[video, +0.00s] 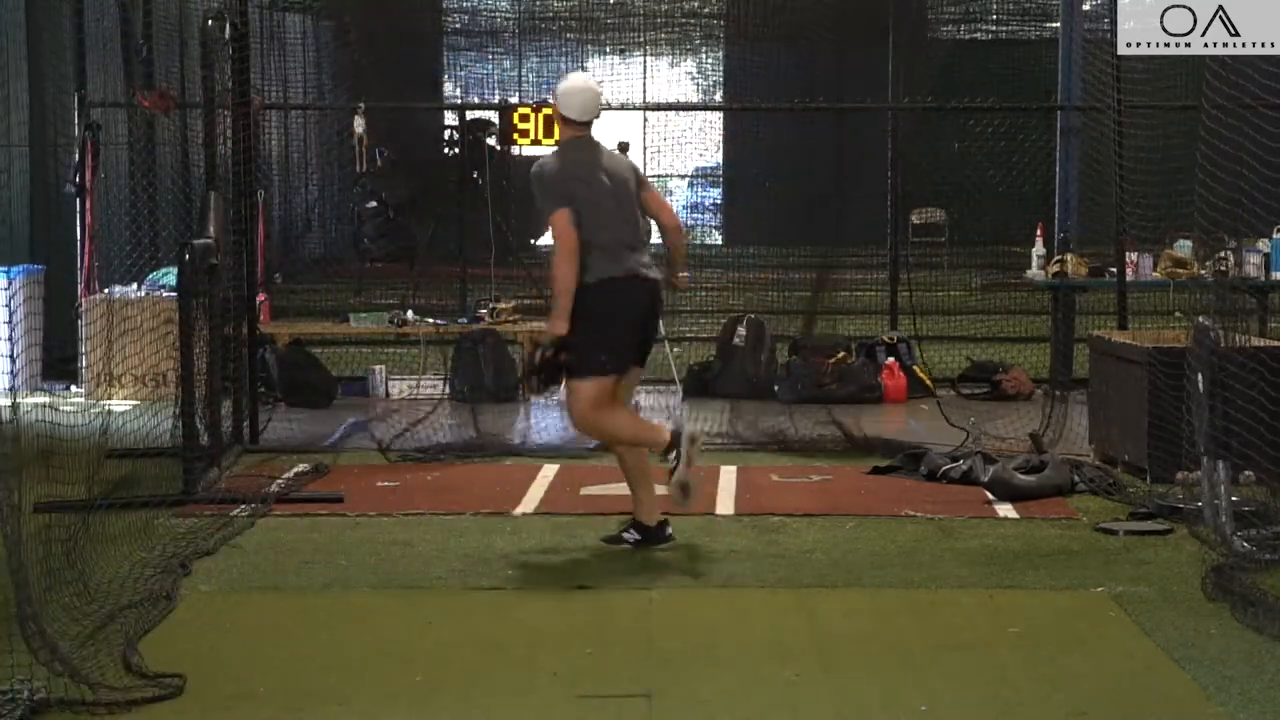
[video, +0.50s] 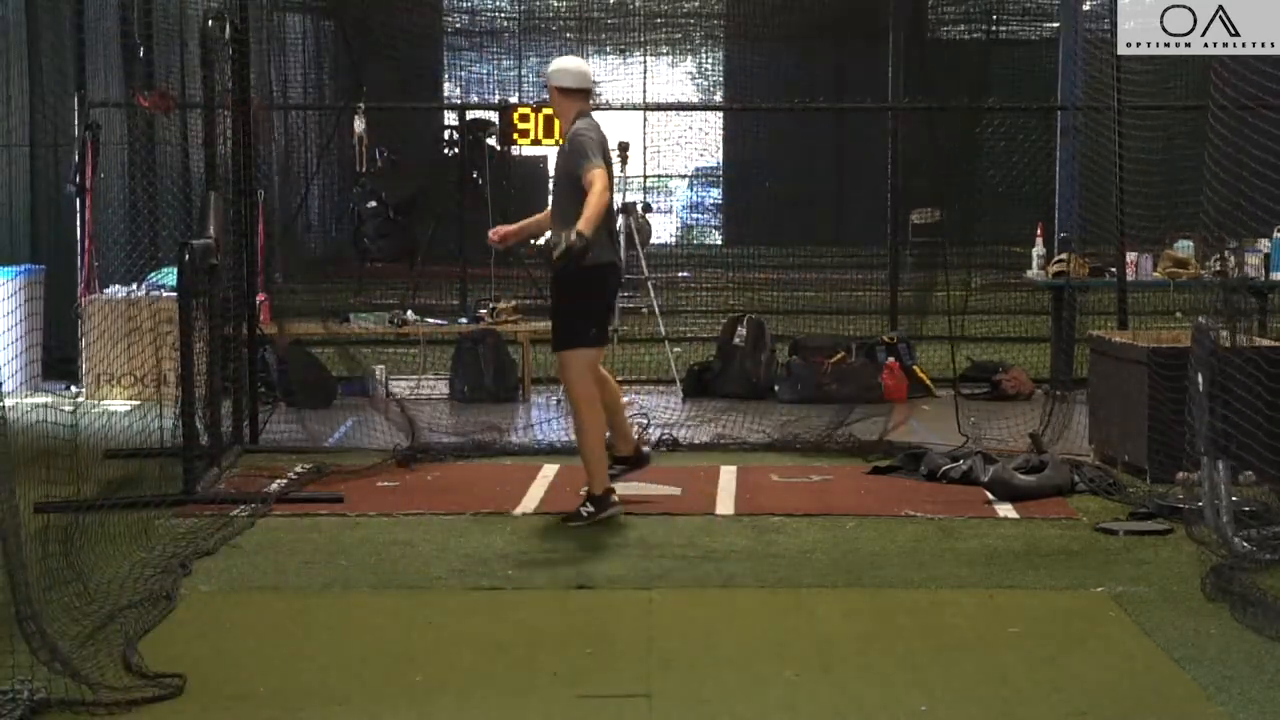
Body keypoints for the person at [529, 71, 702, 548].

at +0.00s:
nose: (556, 118)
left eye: (555, 111)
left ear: (556, 114)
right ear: (596, 116)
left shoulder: (549, 168)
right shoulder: (621, 164)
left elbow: (567, 243)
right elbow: (672, 224)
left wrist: (560, 317)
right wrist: (676, 272)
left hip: (601, 295)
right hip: (645, 293)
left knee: (586, 412)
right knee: (616, 408)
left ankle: (671, 442)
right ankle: (649, 521)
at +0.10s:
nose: (546, 88)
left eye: (546, 82)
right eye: (554, 83)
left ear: (547, 85)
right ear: (586, 84)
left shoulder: (561, 131)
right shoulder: (604, 126)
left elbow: (591, 188)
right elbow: (646, 176)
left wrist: (574, 262)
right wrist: (624, 215)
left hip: (605, 261)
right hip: (640, 260)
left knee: (576, 374)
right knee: (639, 374)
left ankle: (630, 477)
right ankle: (648, 488)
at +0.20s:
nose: (543, 75)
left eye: (543, 68)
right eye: (547, 68)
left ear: (546, 71)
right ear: (585, 71)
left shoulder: (568, 114)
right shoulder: (594, 111)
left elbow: (605, 156)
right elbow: (624, 167)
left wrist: (579, 221)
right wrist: (575, 208)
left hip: (596, 245)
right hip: (628, 243)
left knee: (580, 367)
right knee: (630, 357)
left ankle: (589, 483)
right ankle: (666, 475)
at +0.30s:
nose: (548, 91)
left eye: (548, 85)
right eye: (551, 85)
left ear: (553, 87)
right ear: (588, 85)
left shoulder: (576, 123)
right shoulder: (588, 126)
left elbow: (611, 155)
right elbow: (591, 197)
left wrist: (577, 198)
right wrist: (547, 211)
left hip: (583, 265)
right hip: (611, 262)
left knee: (577, 380)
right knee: (615, 372)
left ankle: (597, 492)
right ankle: (677, 465)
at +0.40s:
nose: (546, 109)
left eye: (549, 102)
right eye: (549, 102)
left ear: (558, 105)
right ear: (585, 105)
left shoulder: (580, 143)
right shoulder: (579, 146)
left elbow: (605, 181)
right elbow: (572, 209)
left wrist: (581, 208)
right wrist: (527, 217)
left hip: (582, 280)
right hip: (603, 279)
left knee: (568, 388)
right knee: (598, 379)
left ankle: (602, 501)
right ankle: (666, 452)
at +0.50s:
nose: (549, 99)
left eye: (550, 93)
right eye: (552, 93)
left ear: (556, 94)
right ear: (587, 93)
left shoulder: (583, 134)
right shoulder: (579, 136)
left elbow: (600, 190)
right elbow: (564, 206)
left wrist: (578, 235)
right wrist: (519, 229)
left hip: (582, 264)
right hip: (590, 264)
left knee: (577, 374)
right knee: (589, 366)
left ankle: (599, 493)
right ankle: (626, 448)